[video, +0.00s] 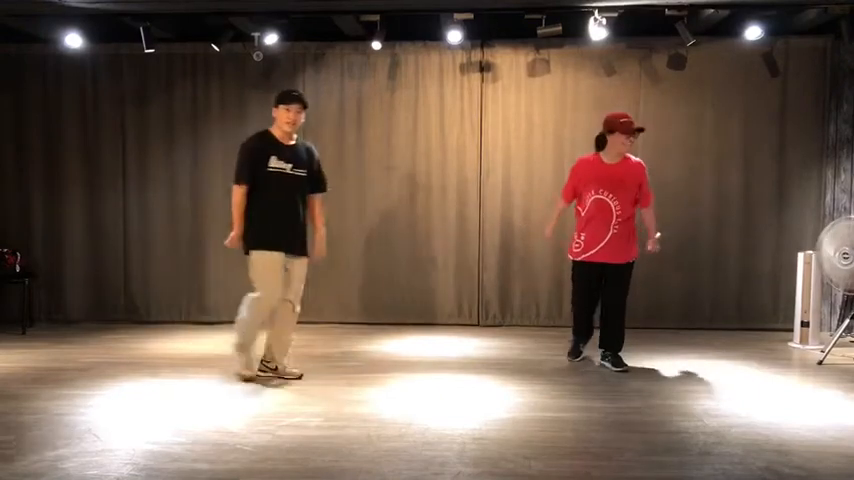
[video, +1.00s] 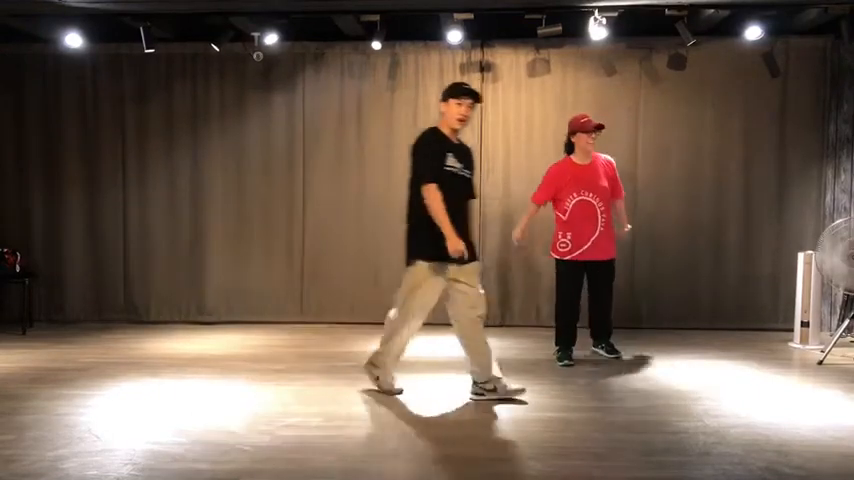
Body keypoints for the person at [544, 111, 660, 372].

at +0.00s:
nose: (631, 139)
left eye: (632, 135)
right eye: (626, 135)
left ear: (631, 138)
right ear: (610, 136)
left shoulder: (636, 167)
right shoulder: (584, 165)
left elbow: (645, 204)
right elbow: (566, 198)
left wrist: (652, 233)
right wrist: (551, 224)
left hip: (621, 251)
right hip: (586, 250)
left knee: (614, 305)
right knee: (582, 302)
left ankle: (610, 351)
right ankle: (579, 339)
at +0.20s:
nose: (623, 140)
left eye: (623, 135)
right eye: (618, 135)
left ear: (616, 137)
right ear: (602, 136)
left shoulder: (627, 166)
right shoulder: (580, 165)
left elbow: (638, 199)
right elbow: (568, 203)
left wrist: (633, 225)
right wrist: (573, 232)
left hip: (616, 250)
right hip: (584, 249)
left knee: (613, 305)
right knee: (577, 303)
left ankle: (610, 351)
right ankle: (566, 348)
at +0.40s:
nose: (605, 139)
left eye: (605, 135)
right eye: (600, 135)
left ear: (601, 138)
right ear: (584, 138)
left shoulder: (610, 163)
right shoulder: (566, 167)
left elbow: (626, 192)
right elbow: (570, 201)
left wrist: (630, 210)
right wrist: (592, 214)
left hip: (606, 249)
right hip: (575, 249)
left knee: (607, 303)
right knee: (570, 302)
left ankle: (609, 351)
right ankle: (565, 349)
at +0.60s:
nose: (591, 139)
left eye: (591, 134)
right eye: (586, 135)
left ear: (587, 138)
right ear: (571, 139)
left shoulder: (599, 163)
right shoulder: (557, 172)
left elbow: (614, 196)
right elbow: (557, 211)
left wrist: (623, 222)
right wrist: (577, 233)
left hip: (600, 248)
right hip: (568, 250)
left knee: (604, 302)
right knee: (566, 303)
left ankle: (611, 350)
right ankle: (564, 349)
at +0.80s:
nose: (589, 136)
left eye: (590, 132)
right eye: (583, 133)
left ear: (590, 136)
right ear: (569, 138)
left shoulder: (599, 162)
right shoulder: (554, 172)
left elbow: (608, 195)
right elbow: (543, 210)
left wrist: (610, 219)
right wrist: (534, 235)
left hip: (598, 245)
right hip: (566, 247)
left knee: (606, 297)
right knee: (566, 300)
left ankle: (607, 343)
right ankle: (564, 348)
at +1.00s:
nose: (592, 137)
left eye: (594, 133)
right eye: (586, 134)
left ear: (596, 137)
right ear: (573, 138)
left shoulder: (606, 164)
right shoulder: (559, 170)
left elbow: (617, 197)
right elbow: (537, 202)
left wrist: (624, 223)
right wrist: (520, 227)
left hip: (602, 249)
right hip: (569, 250)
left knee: (601, 299)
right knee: (567, 302)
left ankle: (601, 341)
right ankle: (564, 347)